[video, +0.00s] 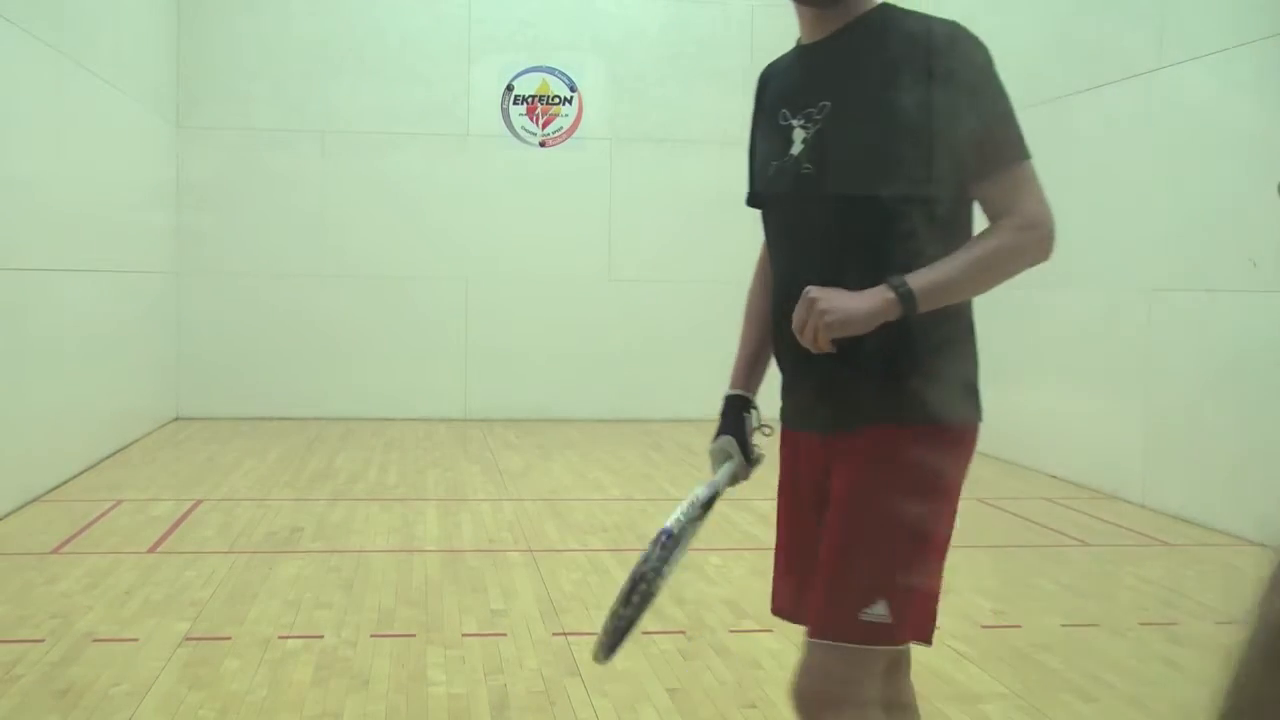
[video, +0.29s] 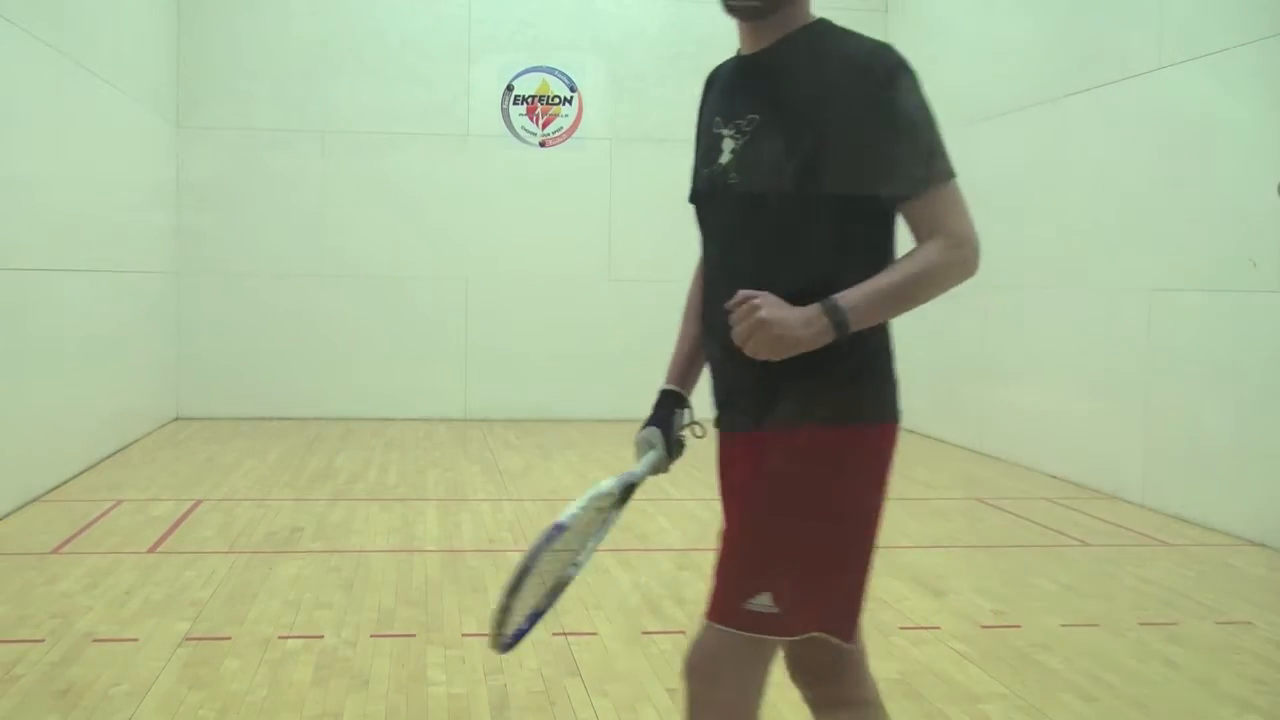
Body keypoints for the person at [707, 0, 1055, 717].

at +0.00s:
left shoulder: (941, 53)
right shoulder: (779, 82)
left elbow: (1029, 228)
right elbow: (782, 251)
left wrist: (884, 299)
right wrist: (739, 397)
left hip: (910, 414)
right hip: (816, 413)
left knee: (829, 691)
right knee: (882, 685)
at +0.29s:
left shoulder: (865, 71)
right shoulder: (723, 88)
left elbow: (955, 248)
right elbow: (722, 257)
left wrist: (820, 319)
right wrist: (674, 394)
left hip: (830, 418)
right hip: (751, 417)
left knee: (719, 674)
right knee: (828, 663)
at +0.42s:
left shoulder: (798, 78)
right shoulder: (685, 84)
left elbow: (882, 259)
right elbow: (681, 256)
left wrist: (730, 344)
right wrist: (639, 379)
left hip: (751, 415)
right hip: (694, 409)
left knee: (654, 666)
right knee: (740, 656)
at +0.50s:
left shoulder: (757, 73)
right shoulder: (668, 74)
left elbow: (831, 259)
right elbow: (680, 254)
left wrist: (675, 343)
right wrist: (624, 379)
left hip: (719, 410)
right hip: (666, 404)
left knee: (649, 666)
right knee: (680, 653)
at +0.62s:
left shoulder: (727, 69)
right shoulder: (643, 75)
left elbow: (779, 257)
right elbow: (658, 247)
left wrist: (618, 328)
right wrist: (604, 370)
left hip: (693, 405)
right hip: (644, 399)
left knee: (646, 651)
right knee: (609, 636)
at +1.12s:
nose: (517, 20)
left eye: (518, 10)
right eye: (520, 11)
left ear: (530, 10)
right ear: (599, 14)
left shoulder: (530, 88)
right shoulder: (655, 103)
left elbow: (513, 235)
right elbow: (674, 255)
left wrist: (444, 303)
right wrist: (624, 339)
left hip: (536, 397)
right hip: (623, 396)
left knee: (488, 616)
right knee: (565, 599)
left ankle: (548, 718)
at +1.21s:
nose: (518, 18)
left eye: (518, 11)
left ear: (522, 10)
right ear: (596, 20)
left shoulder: (504, 90)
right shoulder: (651, 106)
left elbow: (475, 235)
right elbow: (678, 259)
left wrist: (444, 301)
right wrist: (632, 347)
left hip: (518, 389)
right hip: (615, 392)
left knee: (462, 604)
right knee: (572, 606)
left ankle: (509, 714)